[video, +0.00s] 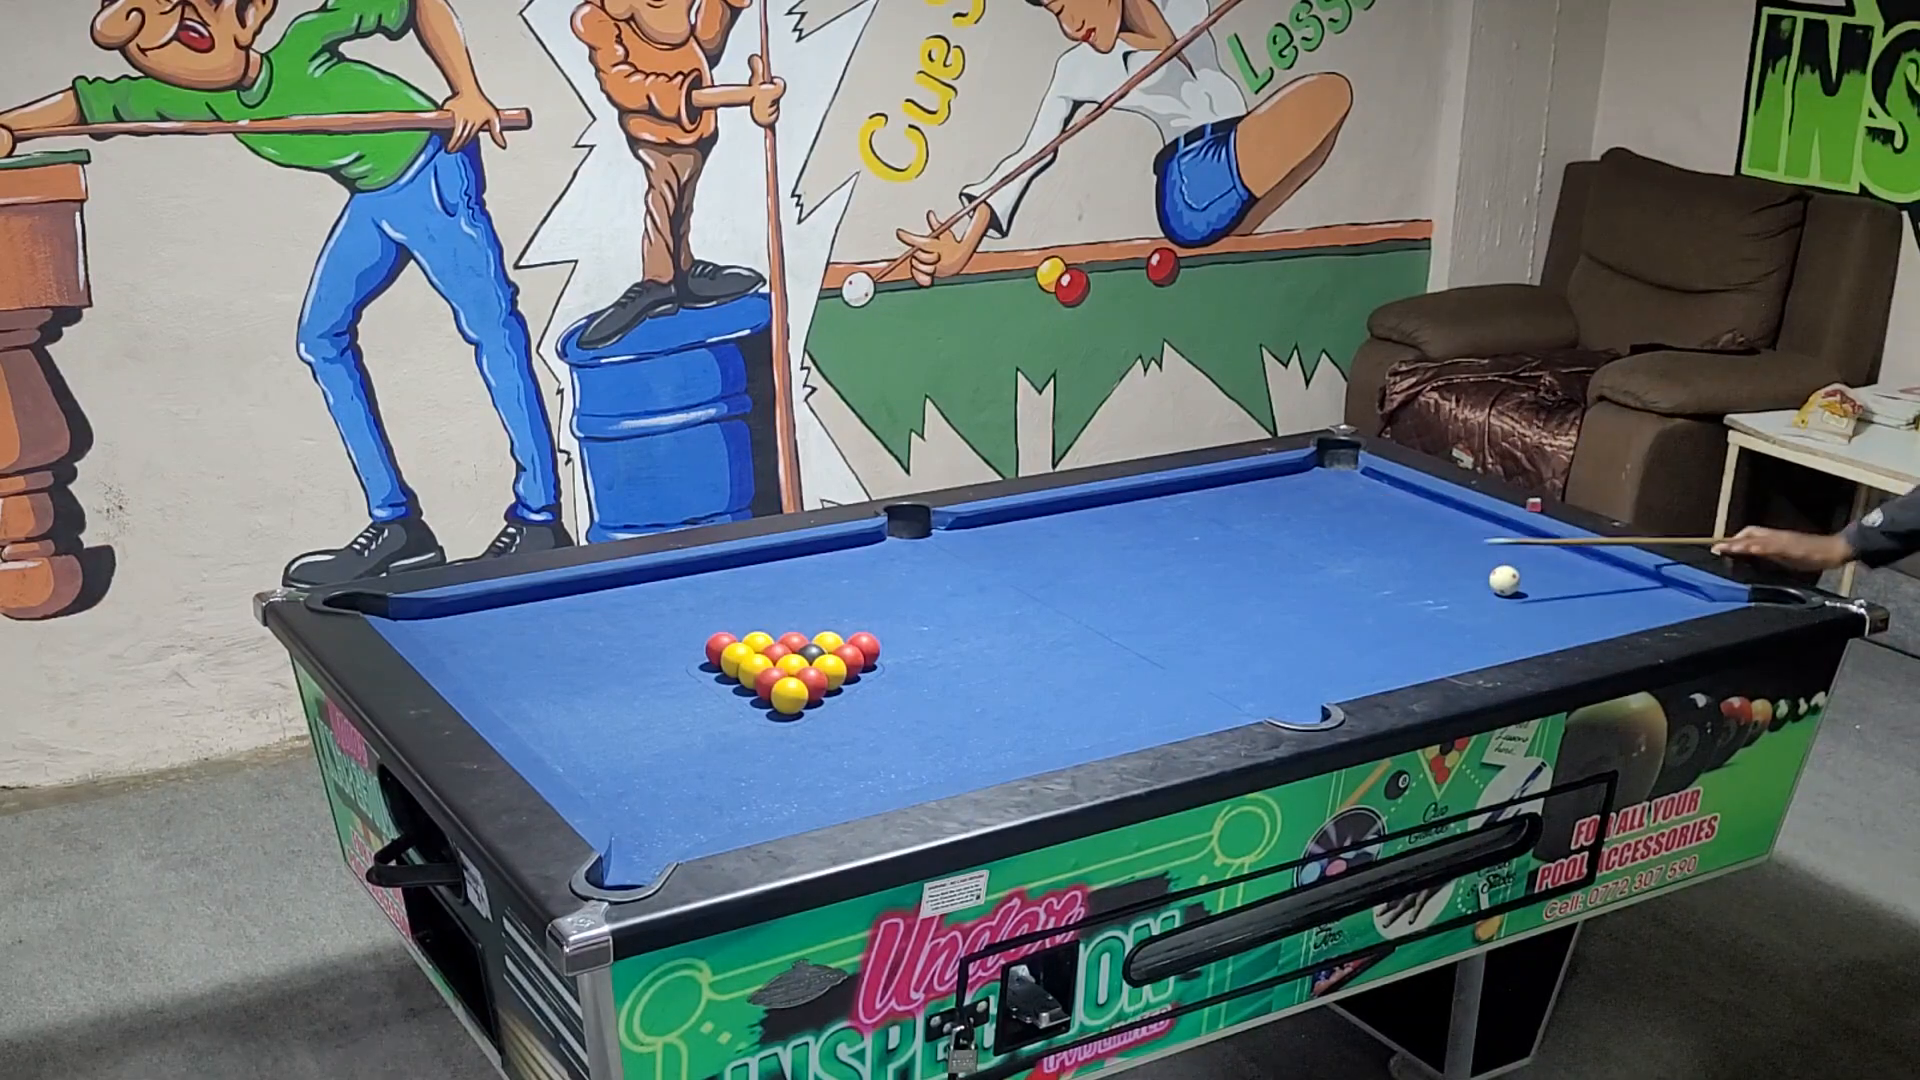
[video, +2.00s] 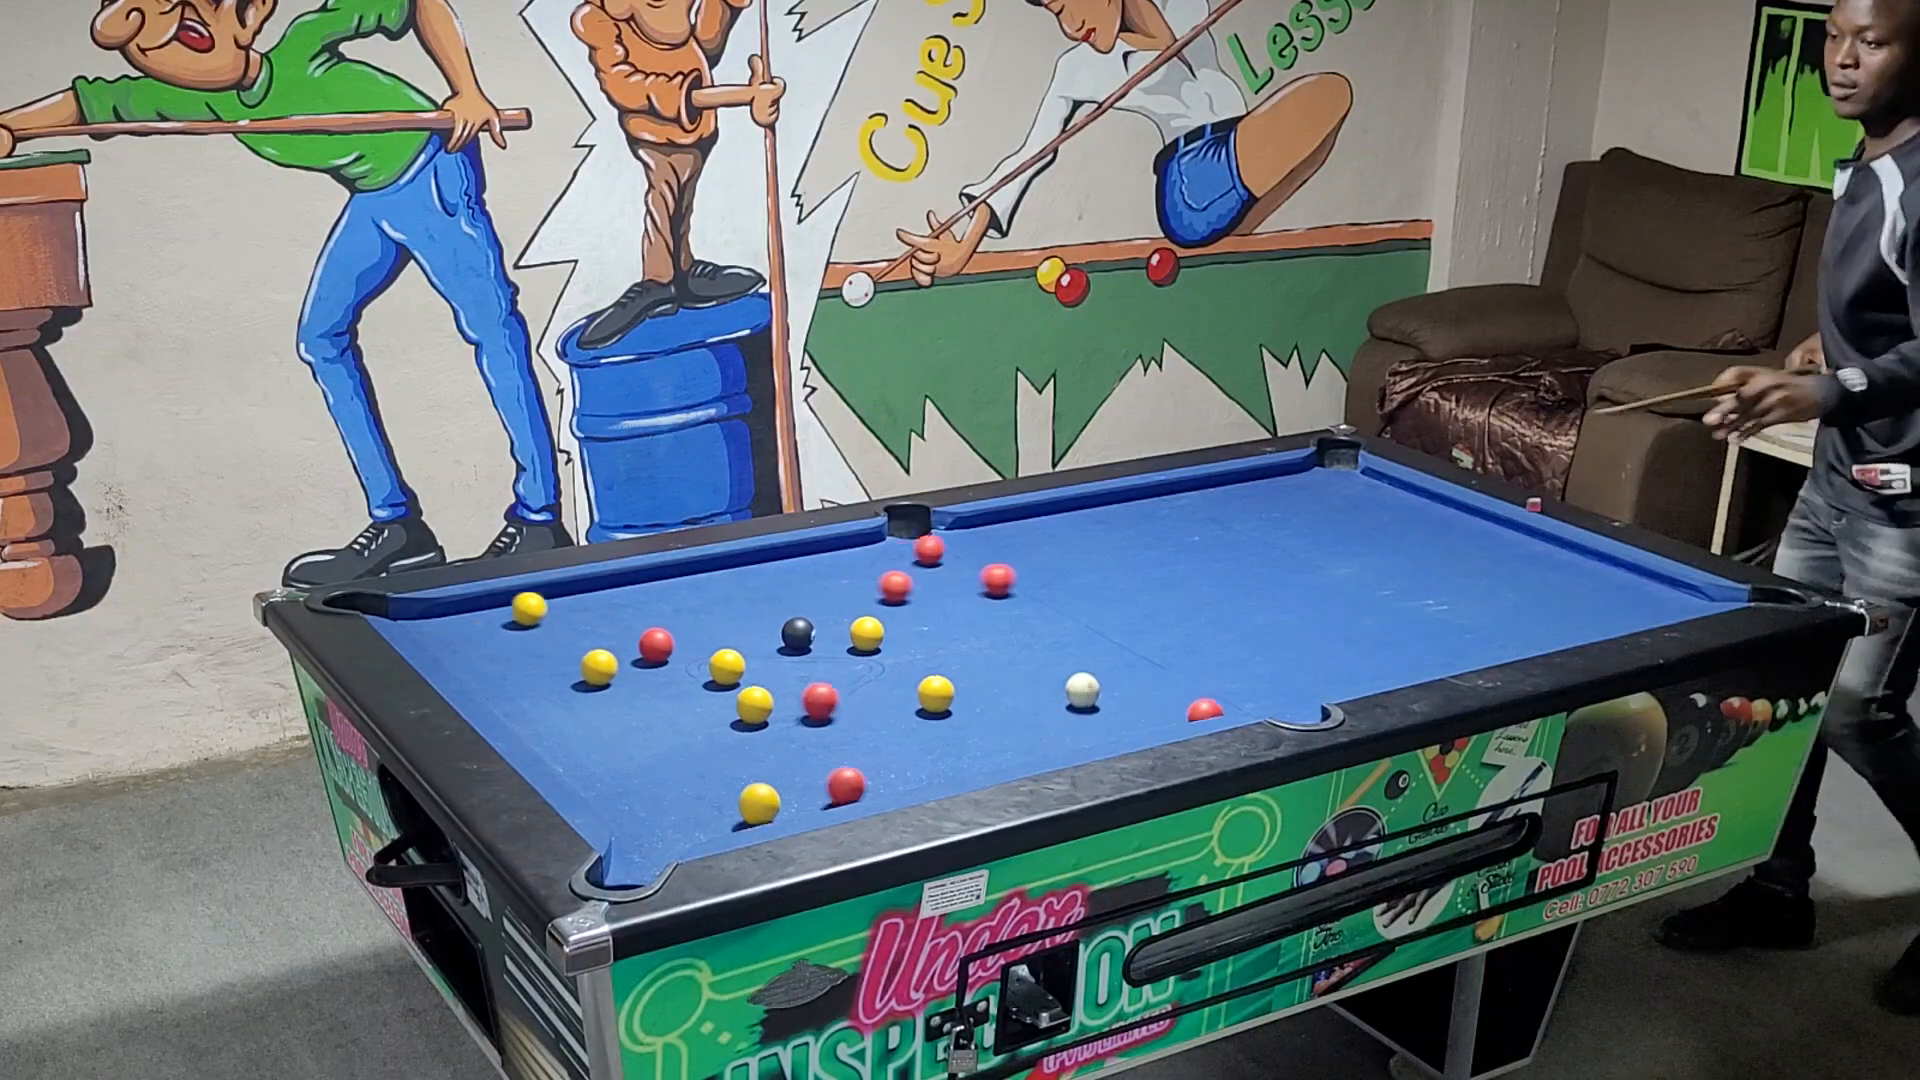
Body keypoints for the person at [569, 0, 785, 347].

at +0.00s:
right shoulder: (597, 19)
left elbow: (707, 47)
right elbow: (625, 88)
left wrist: (731, 5)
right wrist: (746, 95)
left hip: (695, 96)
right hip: (645, 104)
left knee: (687, 175)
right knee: (665, 175)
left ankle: (682, 269)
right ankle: (657, 281)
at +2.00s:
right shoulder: (596, 19)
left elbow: (707, 47)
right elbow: (625, 88)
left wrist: (730, 6)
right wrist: (746, 95)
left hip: (694, 87)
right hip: (644, 103)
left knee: (688, 174)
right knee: (665, 174)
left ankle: (682, 268)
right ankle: (656, 281)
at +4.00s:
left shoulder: (696, 6)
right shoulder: (596, 19)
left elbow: (707, 47)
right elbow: (625, 88)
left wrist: (730, 6)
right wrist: (746, 95)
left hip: (694, 87)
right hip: (644, 103)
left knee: (688, 174)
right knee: (665, 174)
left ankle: (682, 268)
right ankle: (657, 280)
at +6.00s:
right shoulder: (596, 18)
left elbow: (707, 47)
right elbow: (625, 88)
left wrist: (729, 6)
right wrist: (746, 94)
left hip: (694, 87)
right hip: (644, 103)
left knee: (688, 175)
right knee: (665, 174)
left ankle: (682, 268)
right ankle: (657, 281)